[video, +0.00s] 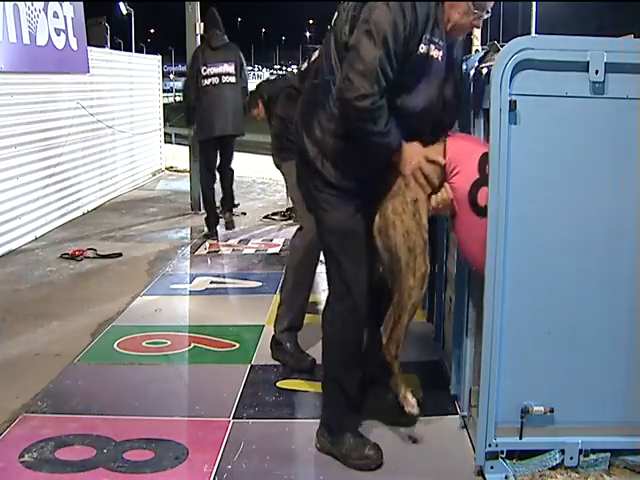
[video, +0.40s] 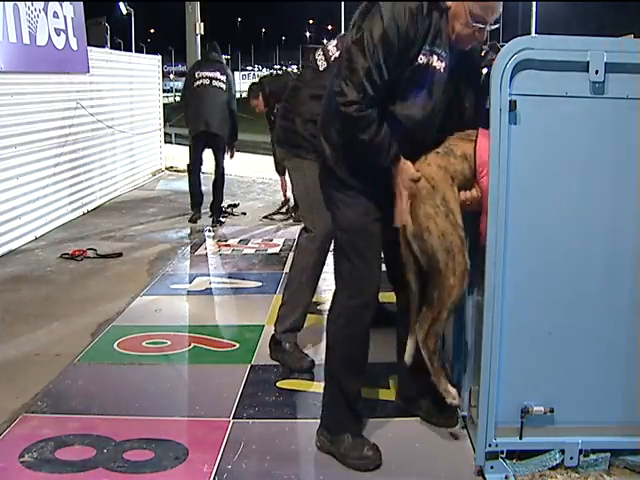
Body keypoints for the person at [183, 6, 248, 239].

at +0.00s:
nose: (206, 34)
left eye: (204, 30)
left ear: (204, 30)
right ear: (223, 29)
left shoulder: (199, 54)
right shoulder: (235, 52)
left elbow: (190, 90)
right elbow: (244, 85)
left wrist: (190, 115)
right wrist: (242, 108)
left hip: (207, 121)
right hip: (232, 119)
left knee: (207, 172)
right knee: (226, 166)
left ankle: (212, 224)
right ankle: (228, 209)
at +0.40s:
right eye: (217, 53)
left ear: (203, 54)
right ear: (220, 55)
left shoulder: (194, 68)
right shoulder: (227, 72)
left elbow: (184, 98)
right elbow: (232, 108)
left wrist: (189, 120)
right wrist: (232, 139)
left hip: (197, 123)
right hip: (219, 123)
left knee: (194, 168)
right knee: (219, 169)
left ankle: (196, 209)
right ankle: (216, 214)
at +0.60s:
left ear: (204, 81)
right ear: (218, 84)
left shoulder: (193, 90)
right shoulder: (220, 94)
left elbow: (181, 117)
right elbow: (227, 125)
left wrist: (183, 139)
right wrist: (229, 152)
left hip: (189, 130)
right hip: (212, 130)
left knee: (192, 167)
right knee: (222, 169)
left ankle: (191, 209)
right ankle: (217, 211)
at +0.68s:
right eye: (220, 100)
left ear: (203, 94)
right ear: (218, 98)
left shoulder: (189, 102)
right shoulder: (220, 106)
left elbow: (177, 126)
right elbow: (225, 137)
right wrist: (228, 167)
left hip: (183, 133)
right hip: (206, 133)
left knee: (189, 168)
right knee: (224, 169)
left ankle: (190, 210)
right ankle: (214, 212)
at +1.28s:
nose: (231, 93)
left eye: (231, 91)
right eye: (230, 90)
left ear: (213, 78)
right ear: (227, 84)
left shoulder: (201, 84)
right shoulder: (224, 90)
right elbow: (223, 117)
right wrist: (223, 143)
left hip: (182, 124)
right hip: (199, 125)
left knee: (189, 169)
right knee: (217, 161)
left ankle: (191, 211)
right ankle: (213, 205)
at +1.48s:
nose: (235, 68)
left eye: (235, 65)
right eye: (235, 65)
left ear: (219, 60)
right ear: (230, 62)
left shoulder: (204, 72)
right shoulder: (225, 73)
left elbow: (197, 98)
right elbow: (225, 99)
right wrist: (227, 114)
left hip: (189, 123)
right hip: (205, 125)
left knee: (194, 169)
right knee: (217, 167)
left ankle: (192, 209)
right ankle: (215, 209)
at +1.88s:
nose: (240, 45)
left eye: (240, 41)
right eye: (238, 42)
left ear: (228, 42)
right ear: (231, 42)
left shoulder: (219, 57)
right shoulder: (226, 59)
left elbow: (225, 85)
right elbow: (229, 87)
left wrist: (238, 84)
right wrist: (242, 83)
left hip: (212, 119)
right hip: (215, 120)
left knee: (219, 164)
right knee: (219, 165)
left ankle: (218, 198)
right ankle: (215, 206)